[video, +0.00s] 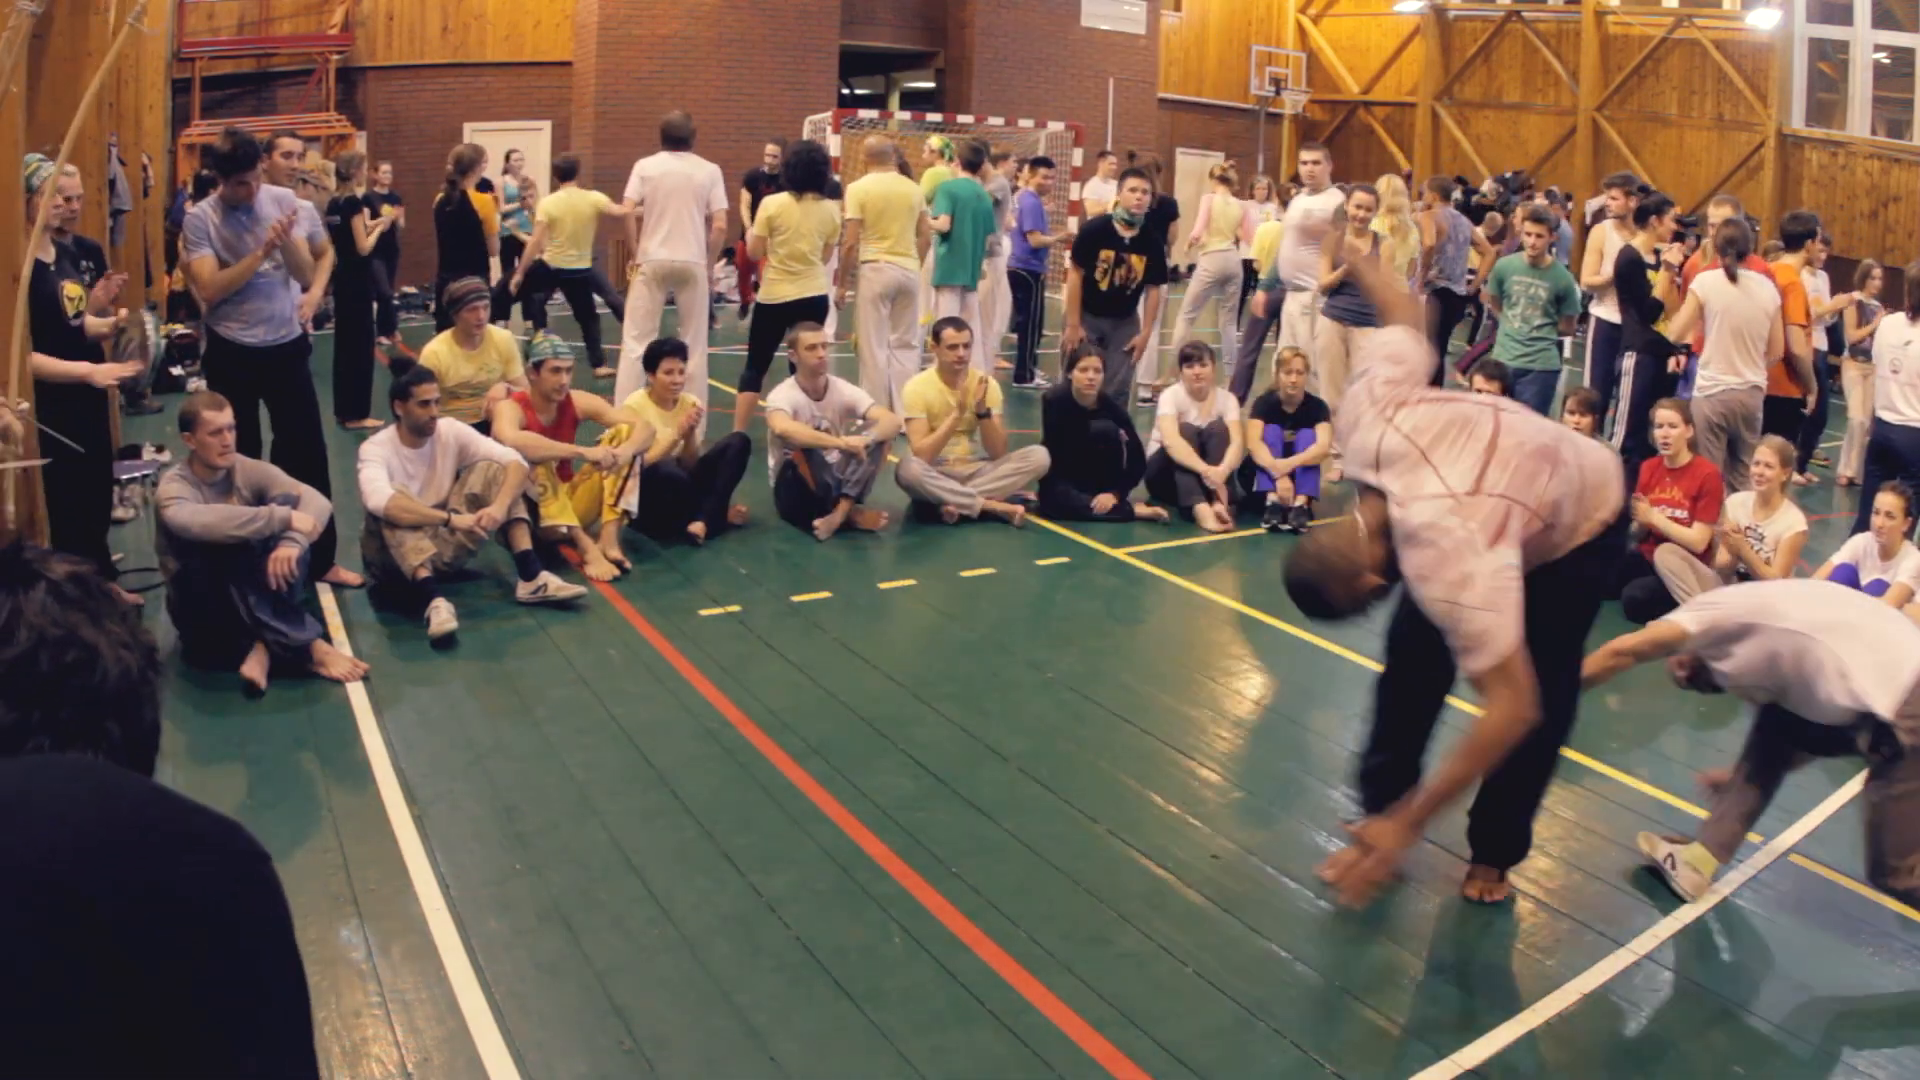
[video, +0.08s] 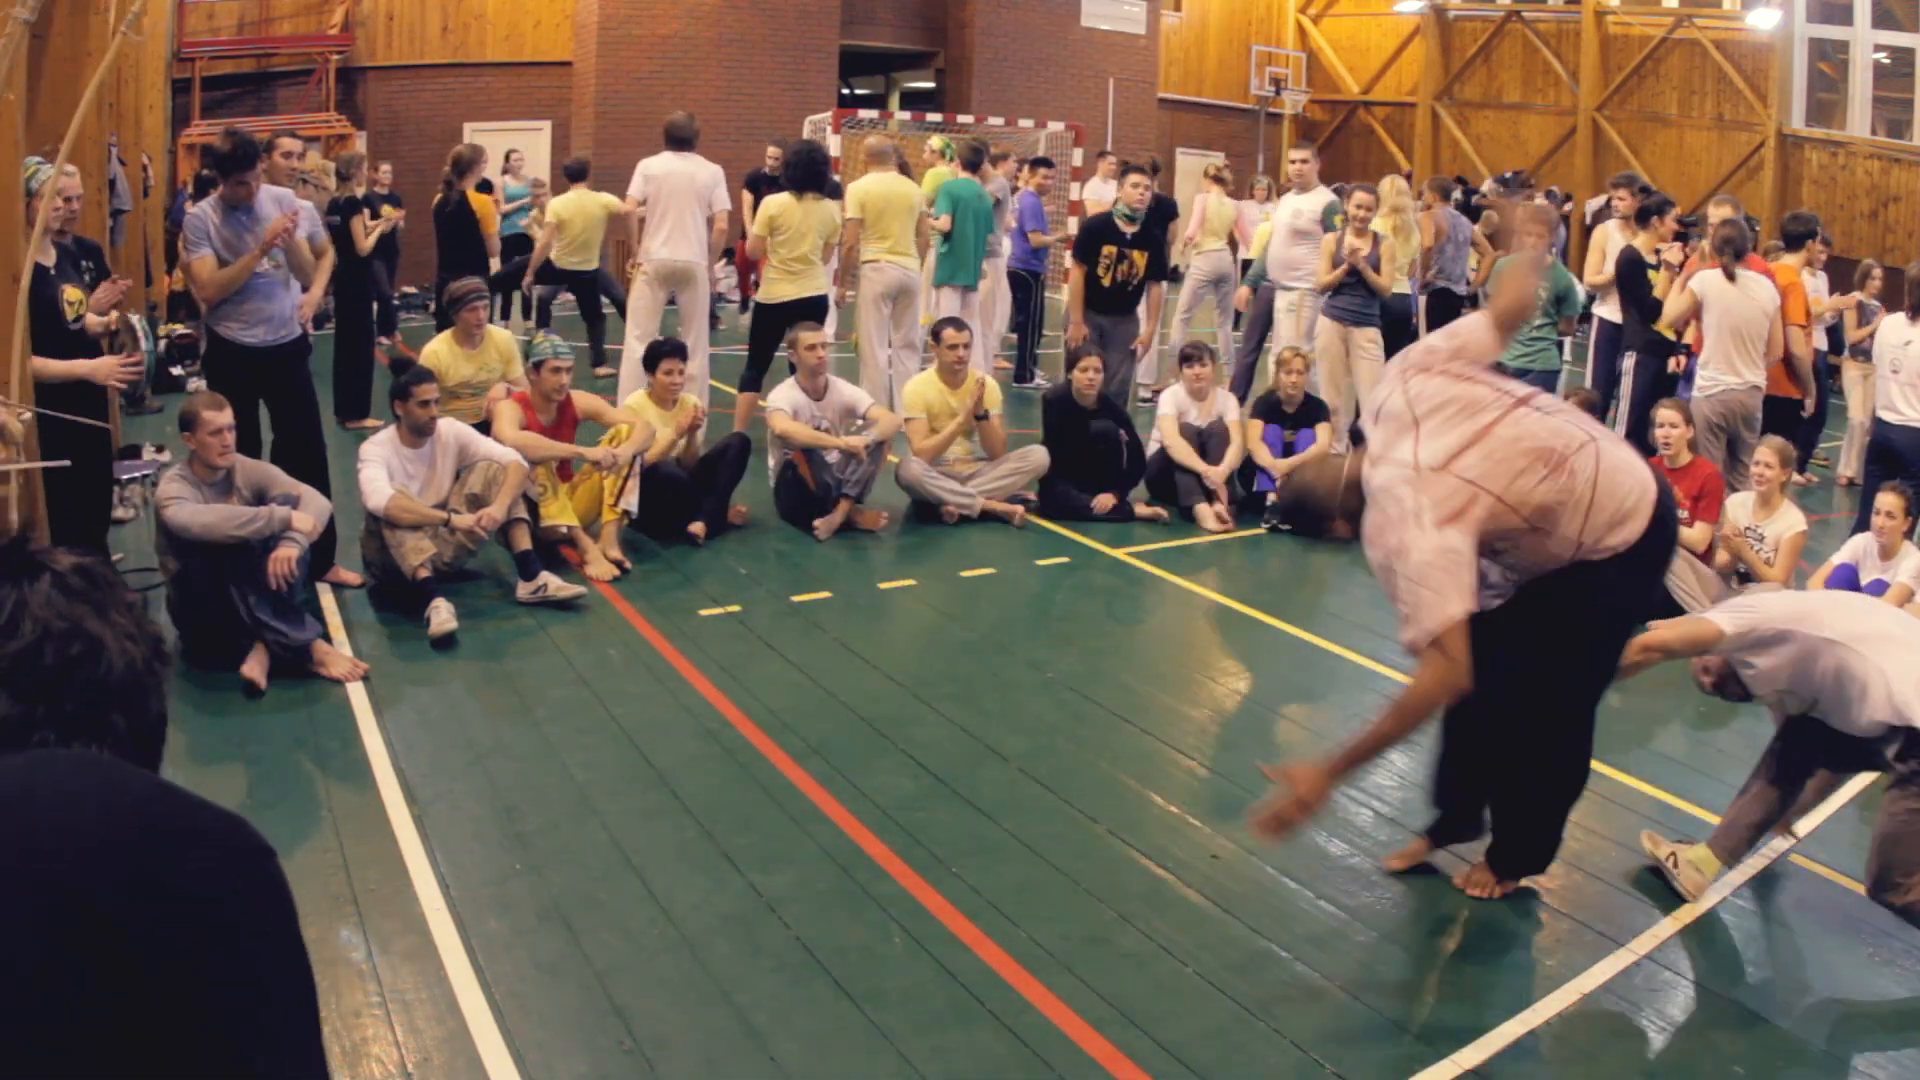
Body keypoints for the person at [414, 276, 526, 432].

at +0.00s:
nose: (481, 316)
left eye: (485, 308)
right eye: (472, 310)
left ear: (490, 309)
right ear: (455, 314)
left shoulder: (503, 339)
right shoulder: (434, 352)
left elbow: (524, 389)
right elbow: (419, 400)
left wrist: (504, 387)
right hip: (450, 428)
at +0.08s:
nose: (481, 316)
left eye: (485, 308)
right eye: (472, 310)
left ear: (489, 309)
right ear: (455, 314)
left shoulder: (503, 339)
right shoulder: (434, 352)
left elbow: (524, 389)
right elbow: (420, 400)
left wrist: (504, 387)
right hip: (449, 427)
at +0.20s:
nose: (480, 316)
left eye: (484, 308)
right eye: (471, 310)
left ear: (488, 309)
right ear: (454, 313)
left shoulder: (503, 339)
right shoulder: (434, 351)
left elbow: (524, 389)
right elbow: (420, 400)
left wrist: (505, 387)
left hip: (494, 423)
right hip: (449, 428)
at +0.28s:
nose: (480, 317)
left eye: (484, 309)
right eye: (471, 311)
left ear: (488, 309)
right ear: (454, 314)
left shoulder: (503, 339)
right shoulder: (434, 352)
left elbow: (524, 389)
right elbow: (420, 400)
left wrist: (505, 387)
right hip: (449, 427)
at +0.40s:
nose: (463, 322)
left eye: (469, 313)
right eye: (456, 315)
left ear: (485, 313)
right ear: (451, 317)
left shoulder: (504, 340)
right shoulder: (435, 352)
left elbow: (525, 390)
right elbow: (422, 401)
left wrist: (505, 387)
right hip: (449, 428)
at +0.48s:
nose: (451, 325)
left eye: (458, 318)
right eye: (449, 317)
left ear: (480, 316)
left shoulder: (505, 340)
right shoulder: (435, 351)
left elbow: (525, 390)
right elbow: (423, 402)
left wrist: (505, 386)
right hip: (449, 427)